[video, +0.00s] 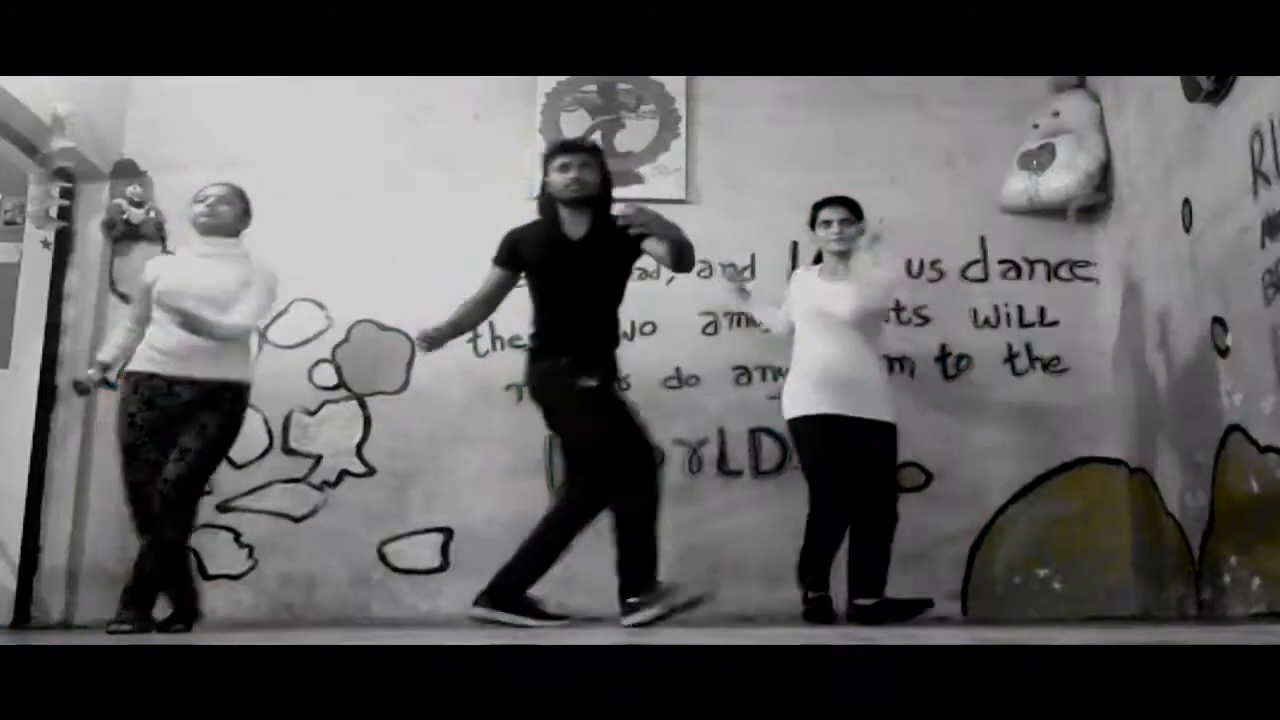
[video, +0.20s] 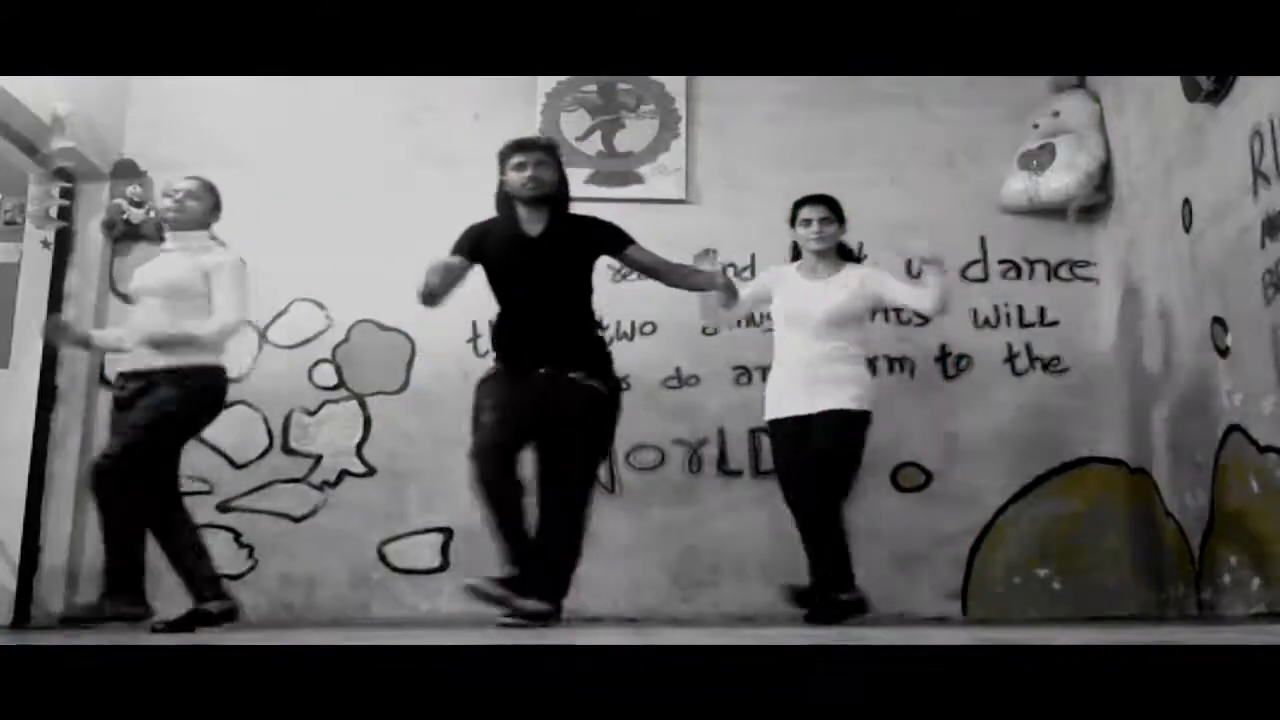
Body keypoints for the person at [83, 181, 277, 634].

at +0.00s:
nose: (208, 203)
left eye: (222, 199)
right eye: (201, 199)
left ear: (242, 219)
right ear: (190, 213)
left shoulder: (257, 272)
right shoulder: (161, 265)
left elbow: (242, 328)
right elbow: (133, 323)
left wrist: (194, 320)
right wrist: (103, 364)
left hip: (216, 392)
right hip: (149, 387)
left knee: (173, 494)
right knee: (145, 499)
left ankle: (134, 608)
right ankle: (185, 604)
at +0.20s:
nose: (176, 199)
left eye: (191, 195)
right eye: (170, 193)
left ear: (210, 215)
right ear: (159, 207)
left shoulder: (222, 259)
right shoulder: (151, 264)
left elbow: (228, 325)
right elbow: (131, 338)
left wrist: (168, 334)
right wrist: (81, 336)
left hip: (191, 381)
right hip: (139, 384)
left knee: (113, 472)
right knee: (158, 496)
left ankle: (124, 599)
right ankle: (213, 599)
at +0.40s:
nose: (148, 210)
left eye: (162, 206)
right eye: (145, 203)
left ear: (184, 226)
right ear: (134, 217)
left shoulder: (197, 269)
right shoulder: (112, 275)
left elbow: (258, 319)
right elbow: (57, 320)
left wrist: (299, 342)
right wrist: (15, 315)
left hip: (158, 392)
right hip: (112, 393)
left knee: (74, 499)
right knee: (130, 509)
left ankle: (74, 610)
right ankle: (211, 596)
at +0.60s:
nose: (135, 203)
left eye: (150, 199)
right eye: (132, 199)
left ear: (175, 218)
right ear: (125, 213)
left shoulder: (194, 267)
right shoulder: (100, 268)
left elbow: (216, 335)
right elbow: (70, 330)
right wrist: (42, 374)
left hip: (148, 381)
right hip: (87, 380)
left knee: (84, 478)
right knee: (71, 482)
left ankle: (131, 601)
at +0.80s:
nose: (216, 236)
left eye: (228, 232)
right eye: (213, 232)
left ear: (249, 247)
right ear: (208, 244)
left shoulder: (264, 286)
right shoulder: (197, 291)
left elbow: (275, 341)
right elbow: (183, 344)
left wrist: (218, 353)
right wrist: (149, 381)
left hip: (233, 385)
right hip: (185, 383)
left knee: (162, 455)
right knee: (179, 467)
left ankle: (167, 563)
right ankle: (208, 565)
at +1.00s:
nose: (220, 239)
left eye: (231, 235)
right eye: (217, 234)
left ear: (254, 247)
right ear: (211, 243)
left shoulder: (270, 287)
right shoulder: (198, 293)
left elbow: (294, 340)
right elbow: (180, 343)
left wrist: (274, 377)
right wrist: (144, 367)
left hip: (244, 384)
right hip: (199, 385)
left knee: (157, 429)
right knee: (202, 476)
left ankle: (181, 520)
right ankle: (214, 567)